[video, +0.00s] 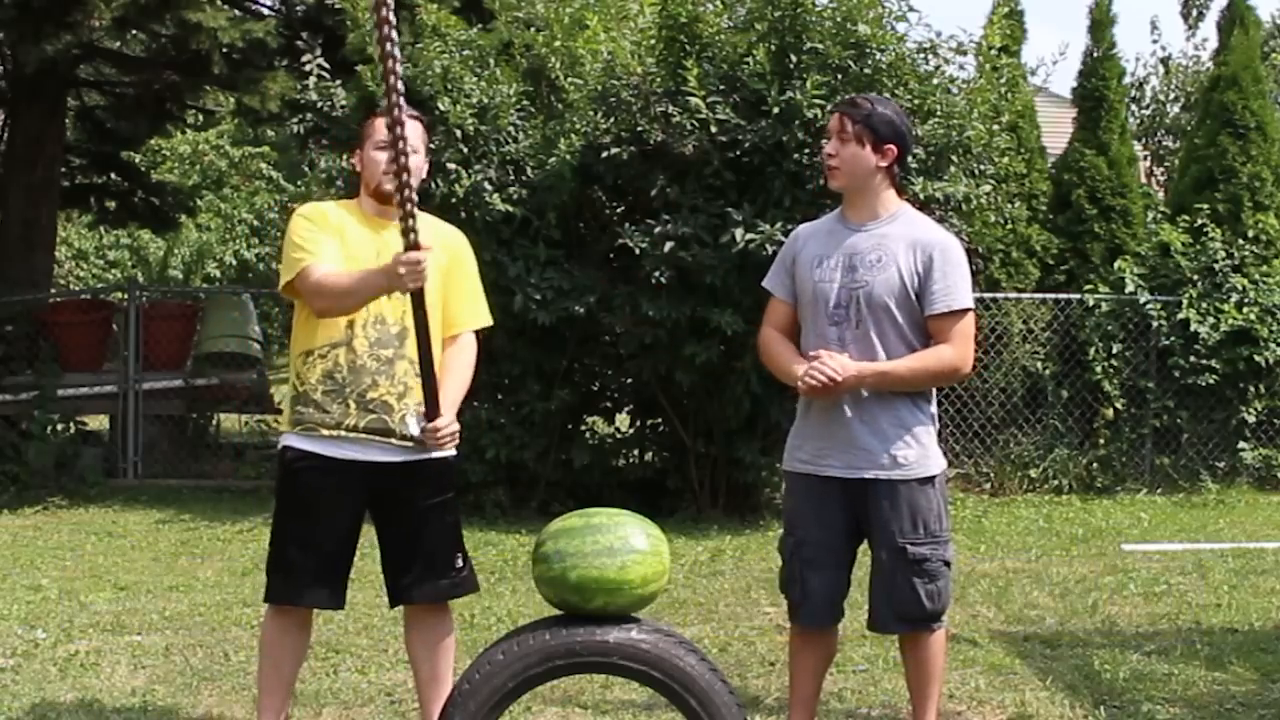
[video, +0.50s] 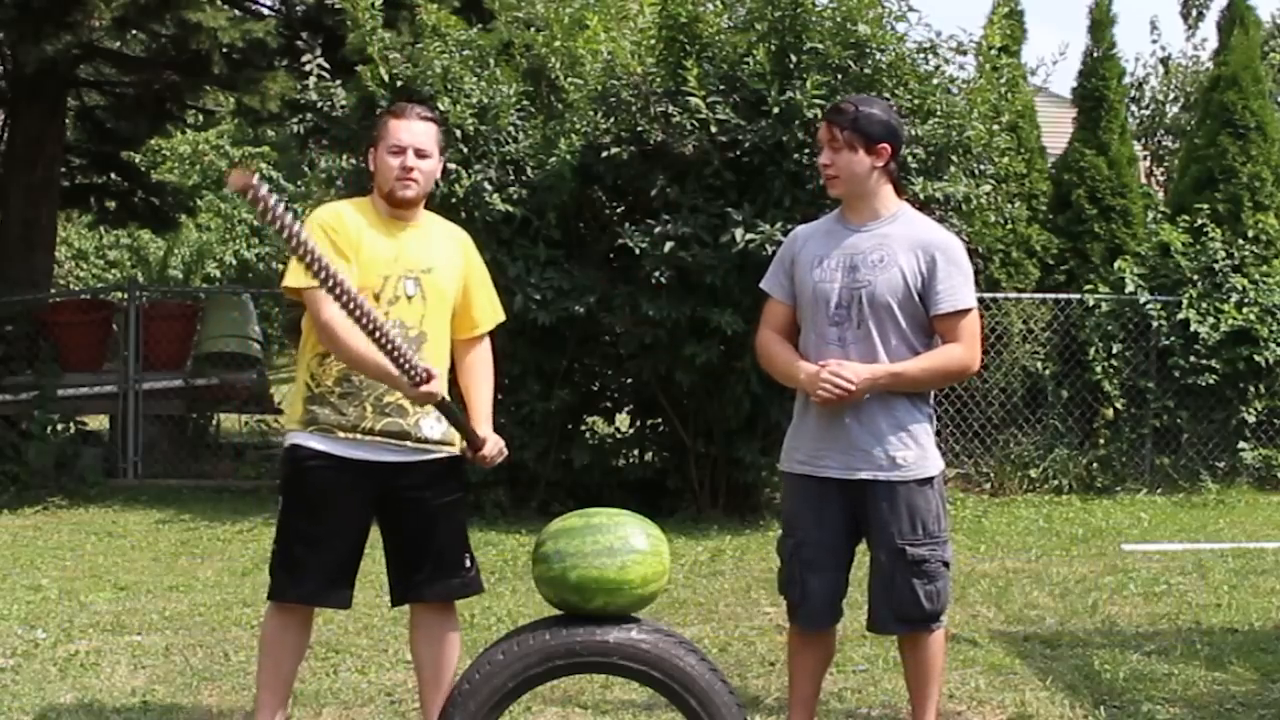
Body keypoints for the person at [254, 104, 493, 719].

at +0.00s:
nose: (398, 157)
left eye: (409, 148)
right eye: (385, 146)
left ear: (426, 163)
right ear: (357, 158)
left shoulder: (448, 240)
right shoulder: (314, 221)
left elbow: (462, 336)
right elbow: (317, 292)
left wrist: (445, 407)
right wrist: (384, 277)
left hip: (417, 453)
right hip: (320, 449)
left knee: (430, 599)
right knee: (292, 600)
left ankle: (438, 715)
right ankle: (271, 715)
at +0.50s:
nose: (409, 164)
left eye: (422, 154)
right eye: (396, 151)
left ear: (440, 167)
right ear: (371, 159)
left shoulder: (456, 245)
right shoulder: (330, 223)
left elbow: (473, 342)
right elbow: (329, 322)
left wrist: (481, 423)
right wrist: (396, 374)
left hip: (425, 454)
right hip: (328, 449)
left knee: (437, 597)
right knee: (295, 595)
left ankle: (439, 716)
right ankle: (269, 714)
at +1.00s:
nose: (398, 157)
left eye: (412, 146)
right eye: (385, 145)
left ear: (432, 159)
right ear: (363, 156)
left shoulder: (456, 244)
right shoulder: (324, 223)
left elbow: (475, 350)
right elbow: (314, 321)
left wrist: (490, 446)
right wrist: (390, 364)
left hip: (426, 453)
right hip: (327, 449)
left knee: (434, 600)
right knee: (293, 597)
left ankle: (439, 717)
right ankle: (268, 715)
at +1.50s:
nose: (381, 145)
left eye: (392, 138)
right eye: (368, 137)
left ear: (405, 153)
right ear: (341, 154)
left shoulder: (428, 221)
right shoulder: (303, 228)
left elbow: (471, 274)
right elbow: (298, 327)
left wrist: (438, 208)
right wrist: (374, 342)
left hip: (418, 443)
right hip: (320, 444)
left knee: (428, 596)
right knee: (291, 596)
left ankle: (438, 714)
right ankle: (269, 714)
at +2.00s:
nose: (389, 152)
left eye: (402, 143)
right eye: (377, 143)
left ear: (423, 158)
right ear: (357, 155)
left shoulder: (452, 234)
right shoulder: (325, 220)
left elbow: (449, 328)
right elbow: (269, 270)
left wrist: (376, 293)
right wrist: (311, 180)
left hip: (418, 446)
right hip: (319, 439)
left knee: (431, 598)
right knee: (292, 595)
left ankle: (437, 716)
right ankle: (269, 714)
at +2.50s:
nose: (382, 182)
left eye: (397, 168)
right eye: (370, 168)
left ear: (427, 162)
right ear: (356, 164)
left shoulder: (463, 239)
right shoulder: (322, 225)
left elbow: (485, 343)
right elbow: (268, 303)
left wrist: (489, 442)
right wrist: (244, 250)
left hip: (426, 453)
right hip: (326, 447)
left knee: (434, 598)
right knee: (292, 590)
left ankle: (439, 716)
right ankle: (271, 712)